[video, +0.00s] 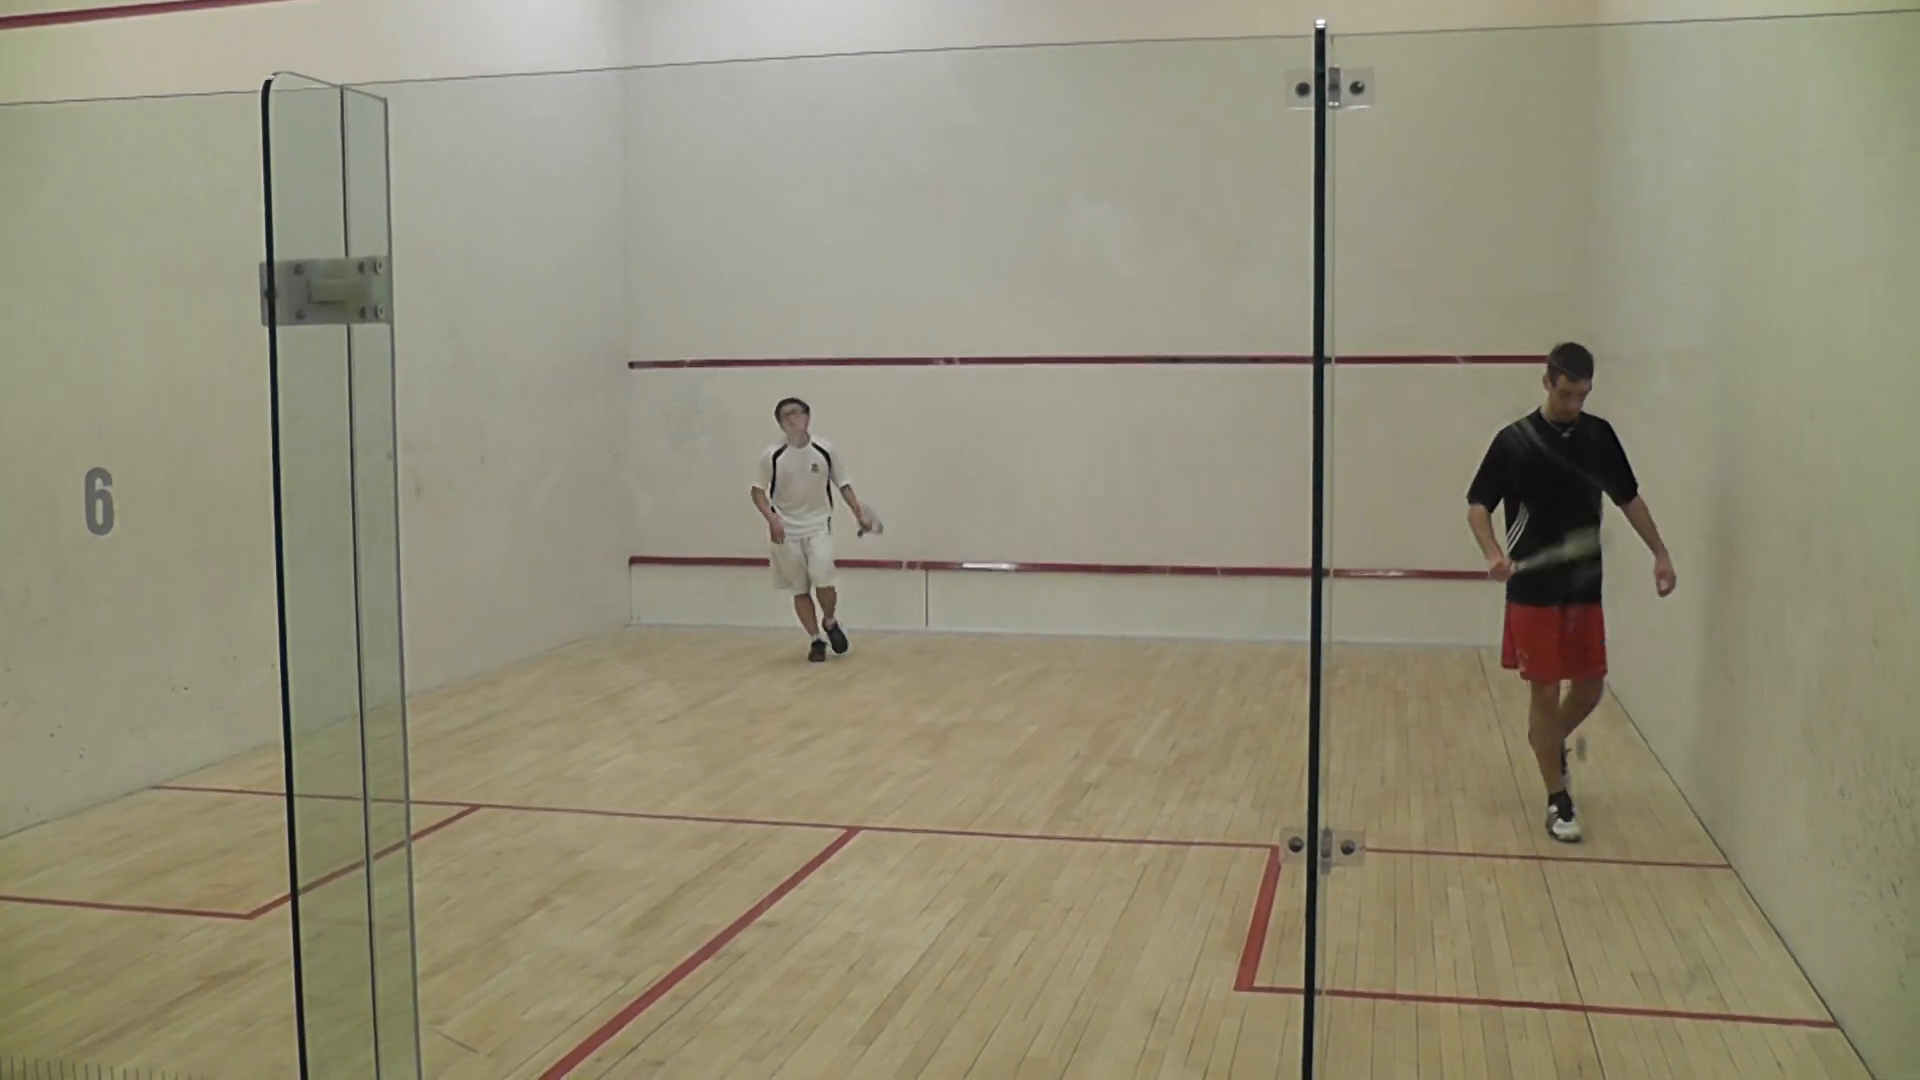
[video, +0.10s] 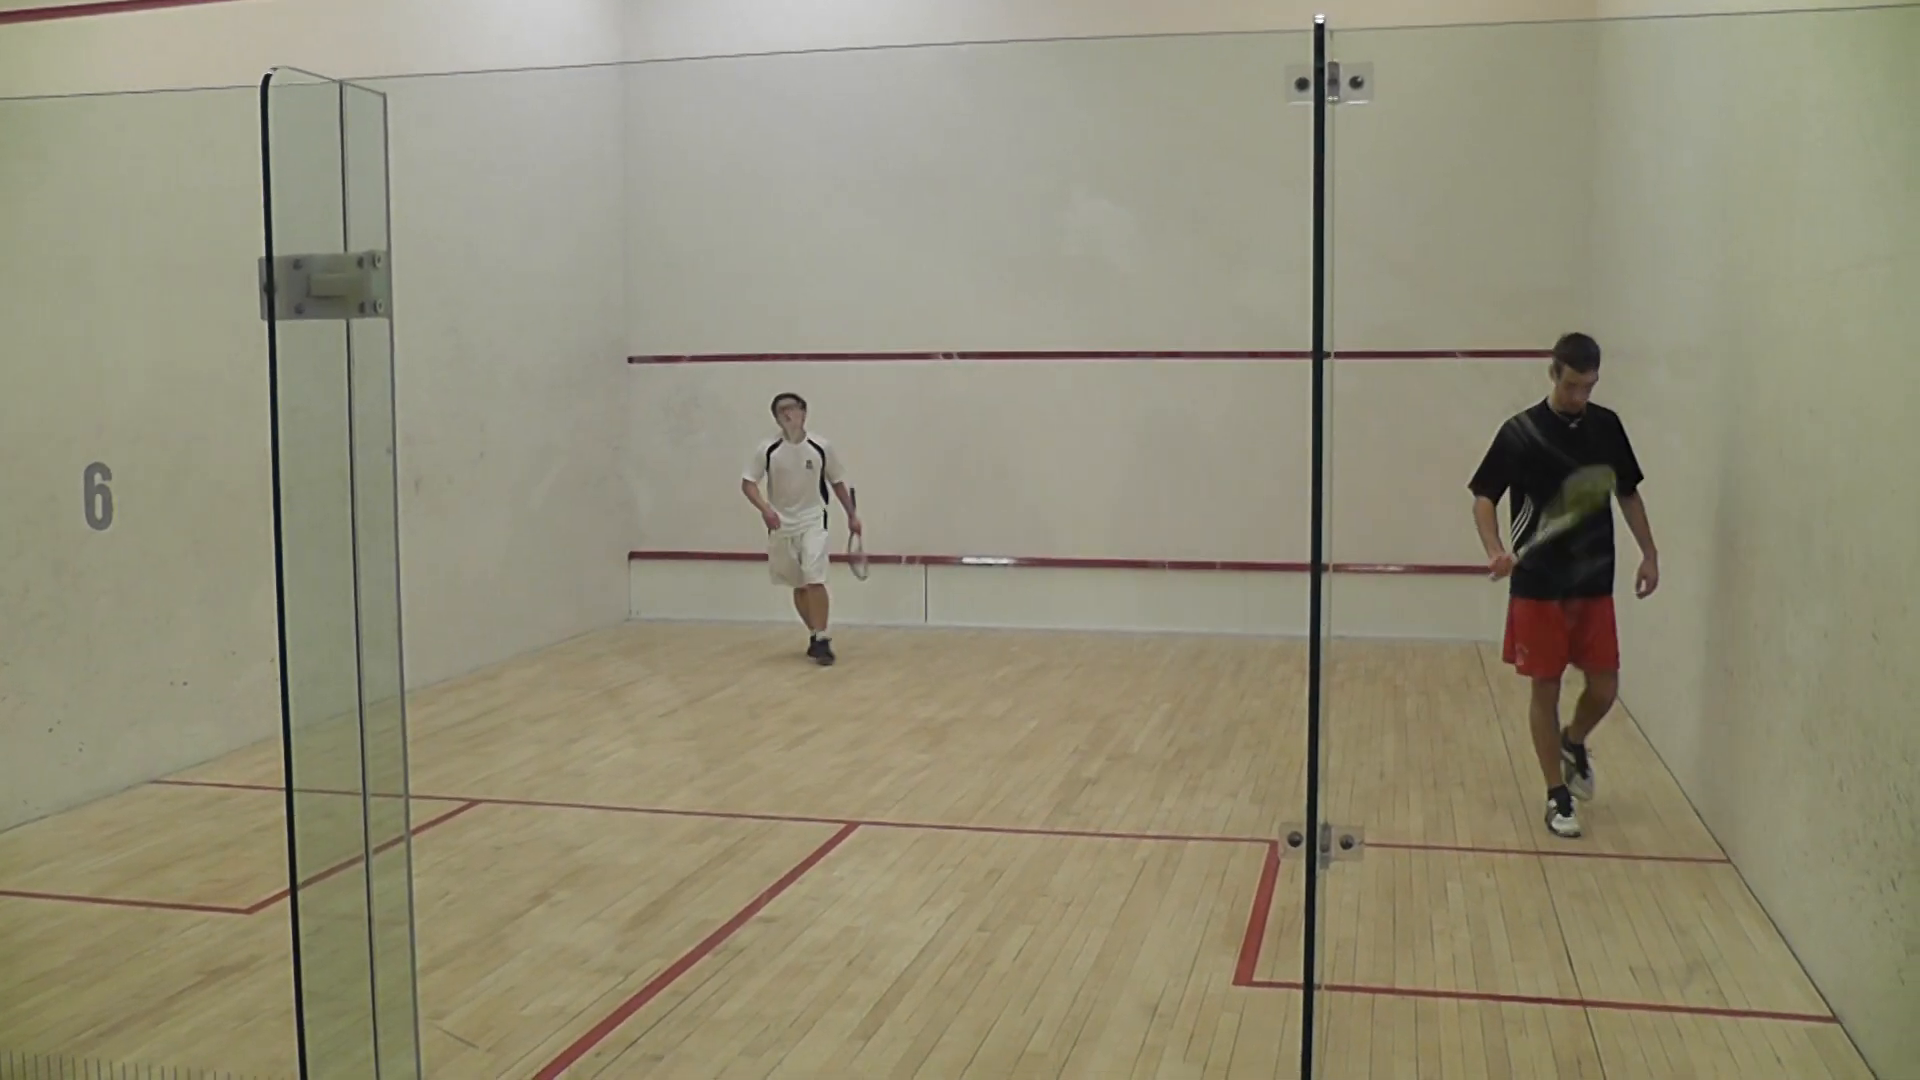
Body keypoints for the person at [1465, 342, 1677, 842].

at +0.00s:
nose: (1574, 406)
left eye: (1582, 397)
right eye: (1567, 395)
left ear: (1589, 390)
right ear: (1546, 383)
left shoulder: (1598, 435)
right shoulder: (1514, 441)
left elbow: (1628, 498)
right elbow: (1478, 506)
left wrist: (1660, 553)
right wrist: (1492, 552)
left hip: (1584, 587)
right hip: (1534, 589)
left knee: (1590, 690)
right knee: (1546, 697)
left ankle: (1553, 736)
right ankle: (1559, 797)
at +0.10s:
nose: (1580, 398)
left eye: (1588, 388)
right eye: (1572, 387)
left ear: (1597, 381)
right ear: (1553, 374)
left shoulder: (1605, 425)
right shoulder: (1519, 433)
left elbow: (1628, 491)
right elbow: (1484, 496)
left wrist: (1649, 551)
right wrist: (1495, 550)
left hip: (1594, 584)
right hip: (1540, 586)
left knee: (1604, 690)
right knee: (1546, 689)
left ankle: (1571, 742)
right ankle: (1556, 793)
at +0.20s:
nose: (1585, 391)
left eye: (1594, 381)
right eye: (1576, 380)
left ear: (1604, 373)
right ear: (1559, 368)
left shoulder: (1616, 422)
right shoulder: (1525, 428)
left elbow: (1630, 489)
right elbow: (1491, 493)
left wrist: (1646, 552)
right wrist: (1493, 551)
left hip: (1601, 580)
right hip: (1543, 581)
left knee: (1614, 685)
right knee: (1545, 686)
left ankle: (1596, 773)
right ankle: (1557, 788)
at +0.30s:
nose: (1593, 390)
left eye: (1602, 380)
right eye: (1584, 379)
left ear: (1613, 372)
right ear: (1567, 367)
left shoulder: (1625, 423)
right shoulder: (1532, 426)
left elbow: (1639, 492)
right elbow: (1491, 491)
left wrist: (1652, 556)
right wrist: (1498, 542)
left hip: (1606, 585)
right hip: (1547, 586)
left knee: (1616, 693)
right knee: (1547, 688)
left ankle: (1620, 808)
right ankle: (1557, 786)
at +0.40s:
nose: (1603, 392)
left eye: (1611, 382)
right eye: (1594, 381)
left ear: (1622, 374)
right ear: (1576, 368)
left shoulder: (1637, 426)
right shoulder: (1543, 426)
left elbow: (1649, 495)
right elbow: (1499, 491)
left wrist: (1664, 564)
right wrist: (1509, 551)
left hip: (1611, 586)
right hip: (1553, 584)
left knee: (1617, 698)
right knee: (1551, 686)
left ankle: (1621, 816)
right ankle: (1557, 783)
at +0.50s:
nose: (1612, 390)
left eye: (1622, 379)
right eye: (1603, 378)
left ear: (1634, 371)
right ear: (1587, 365)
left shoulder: (1650, 427)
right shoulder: (1551, 425)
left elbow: (1665, 501)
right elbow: (1511, 493)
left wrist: (1680, 571)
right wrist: (1513, 558)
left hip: (1620, 588)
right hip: (1559, 586)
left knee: (1622, 701)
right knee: (1555, 692)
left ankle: (1622, 818)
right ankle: (1556, 777)